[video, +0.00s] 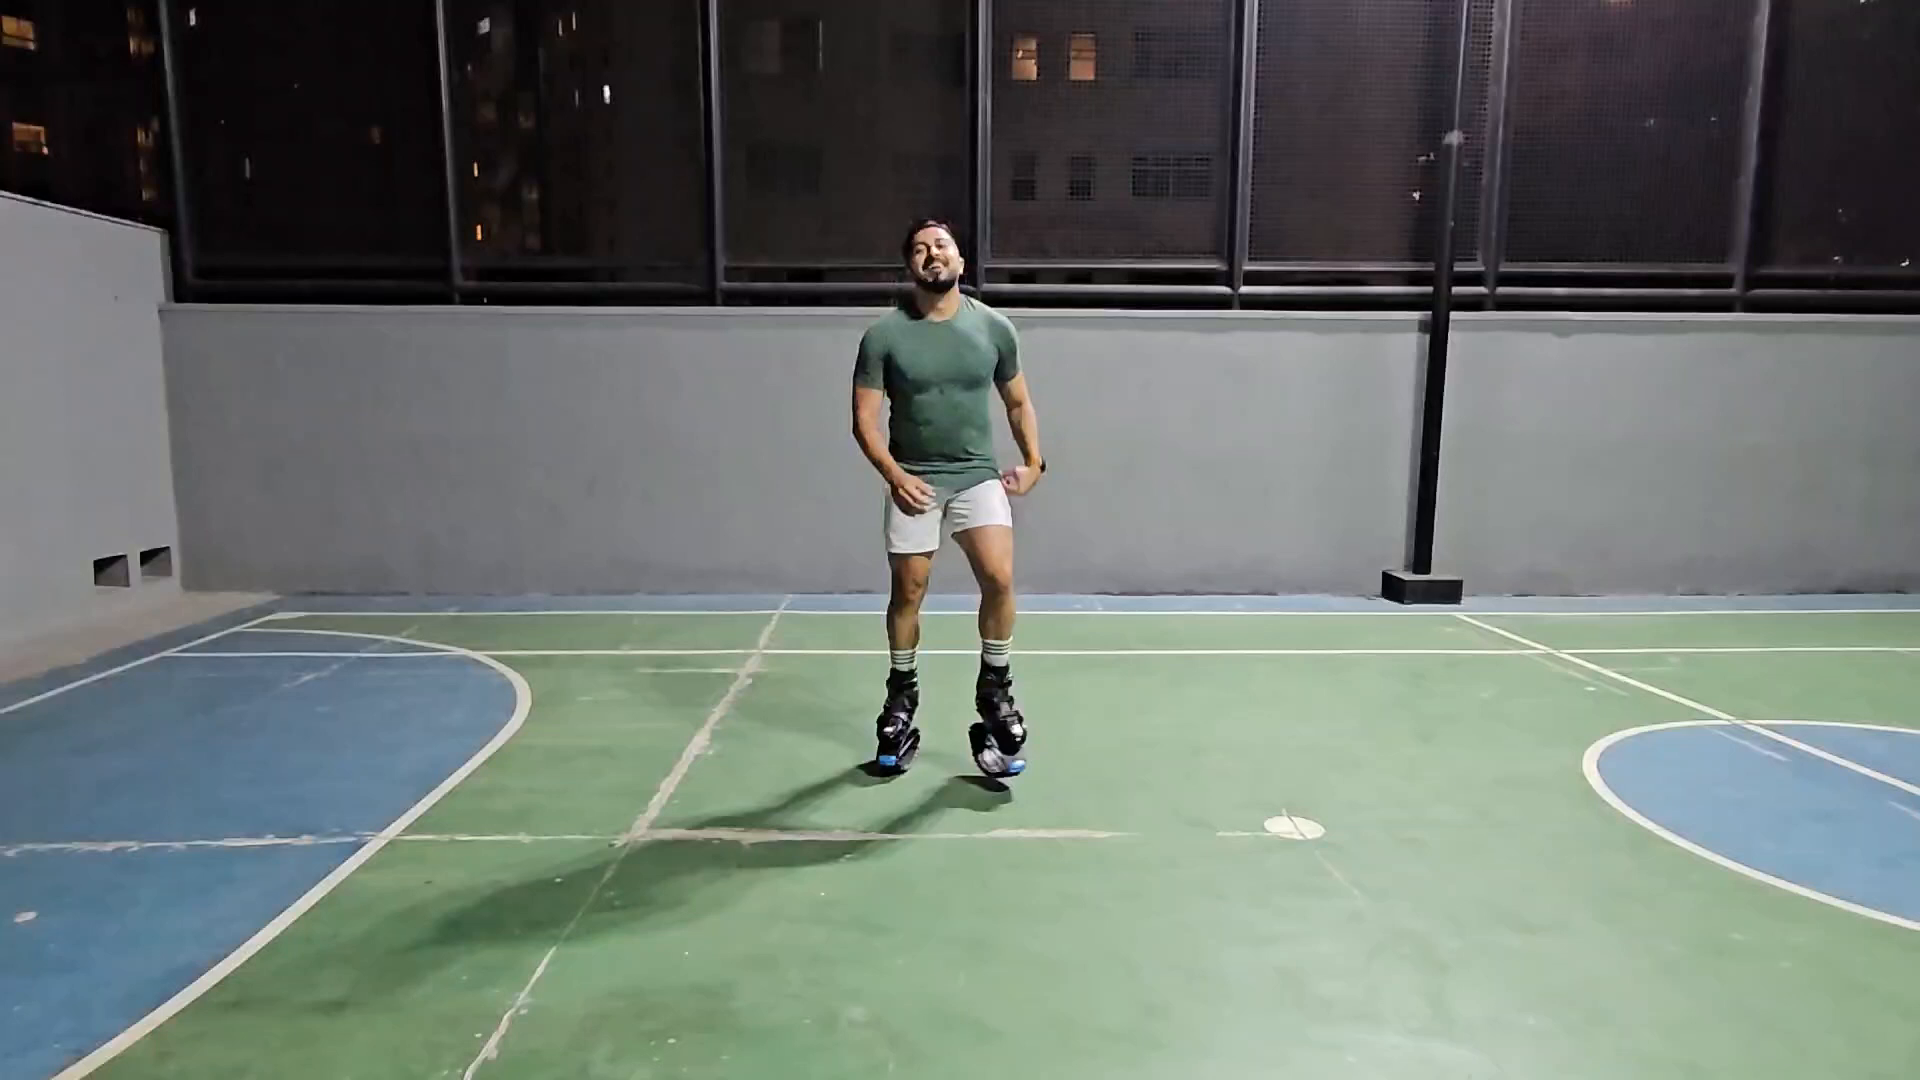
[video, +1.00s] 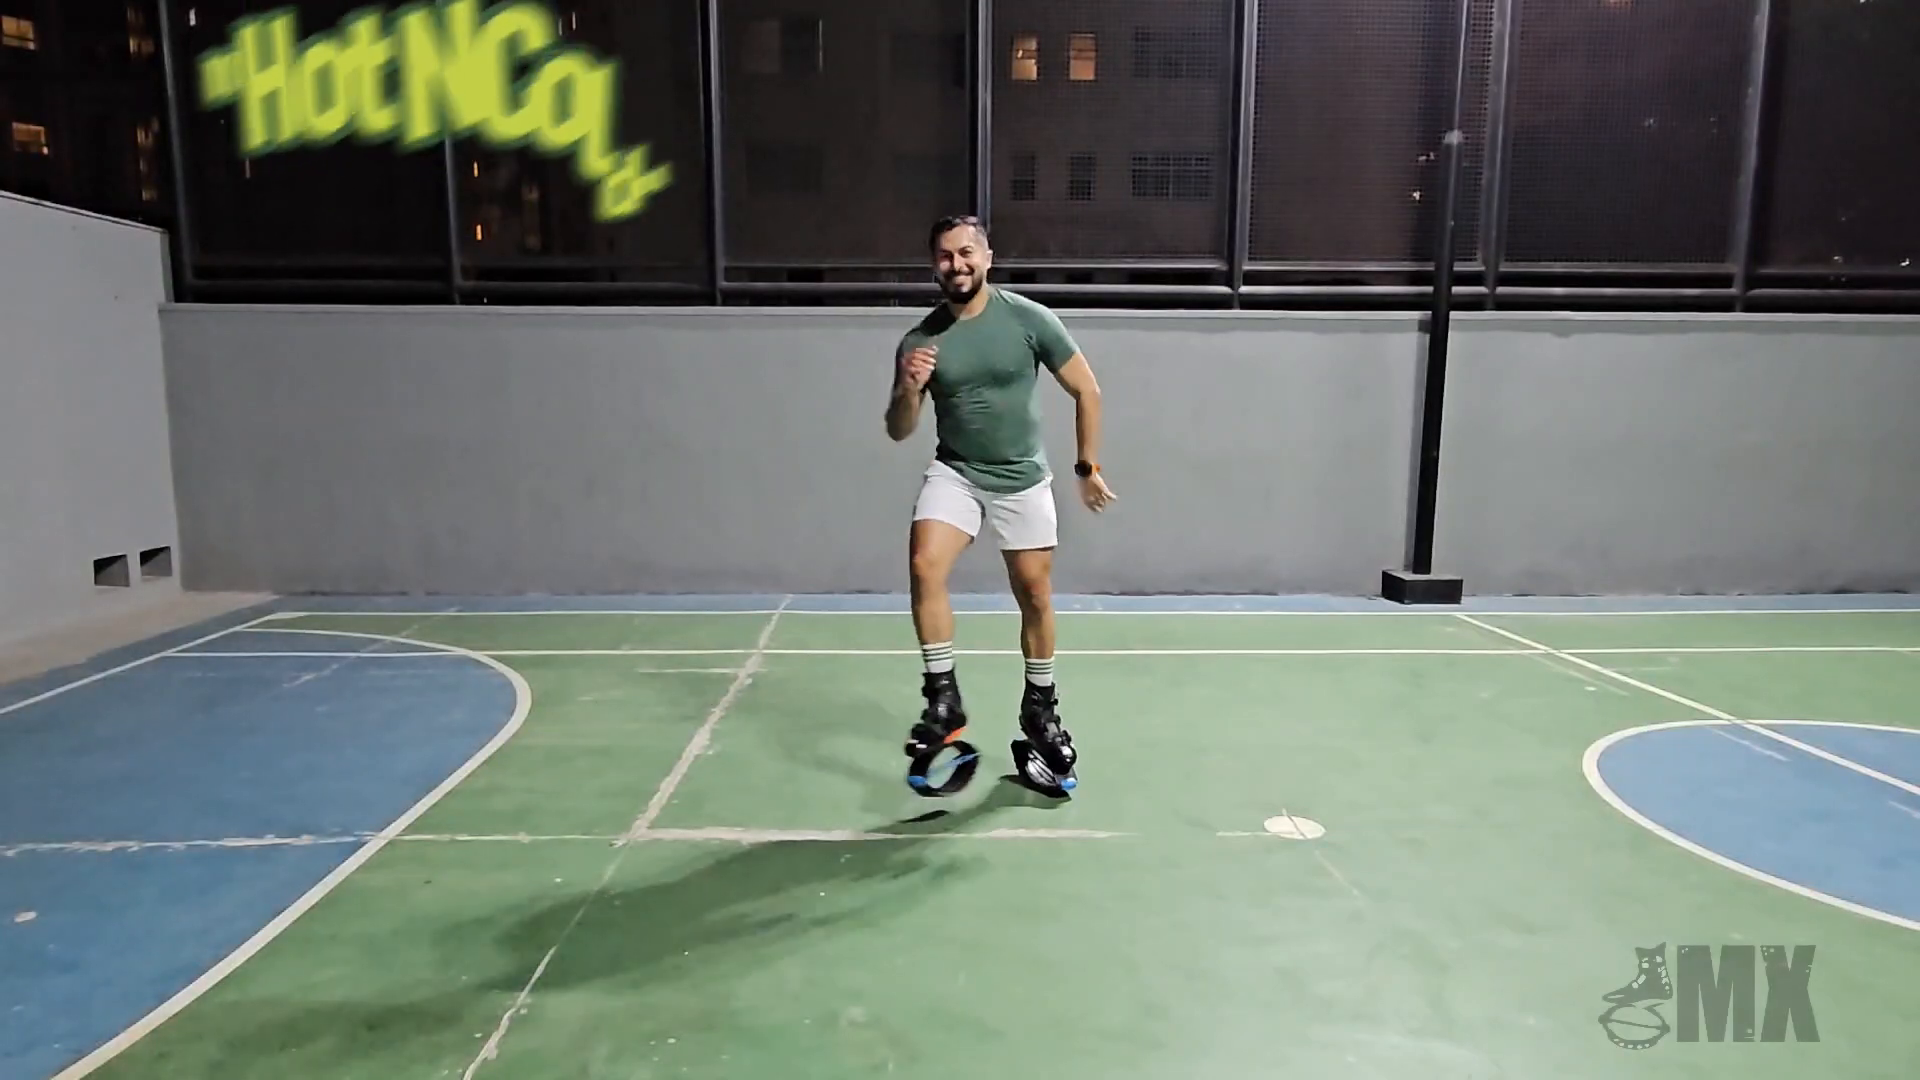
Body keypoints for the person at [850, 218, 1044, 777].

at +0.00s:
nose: (934, 253)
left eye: (943, 245)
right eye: (922, 250)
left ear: (962, 262)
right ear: (910, 271)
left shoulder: (994, 328)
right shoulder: (883, 336)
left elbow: (1018, 402)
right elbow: (866, 424)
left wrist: (1033, 461)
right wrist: (897, 476)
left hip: (979, 477)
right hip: (913, 480)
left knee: (999, 580)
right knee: (908, 590)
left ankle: (995, 692)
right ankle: (901, 703)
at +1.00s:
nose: (956, 264)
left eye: (967, 252)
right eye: (945, 255)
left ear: (989, 258)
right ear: (935, 264)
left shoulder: (1030, 319)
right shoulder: (921, 340)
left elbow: (1087, 388)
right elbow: (898, 430)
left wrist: (1087, 467)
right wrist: (910, 388)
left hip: (1024, 479)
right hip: (955, 474)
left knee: (1035, 592)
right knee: (925, 566)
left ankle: (1040, 711)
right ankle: (942, 700)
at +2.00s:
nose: (785, 261)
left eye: (797, 252)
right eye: (776, 250)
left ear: (816, 261)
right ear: (763, 258)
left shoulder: (844, 326)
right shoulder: (732, 329)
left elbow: (895, 395)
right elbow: (691, 387)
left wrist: (934, 459)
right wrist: (660, 452)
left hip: (821, 478)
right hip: (755, 468)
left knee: (813, 590)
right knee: (722, 571)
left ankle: (801, 694)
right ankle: (718, 687)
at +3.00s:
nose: (825, 272)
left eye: (838, 266)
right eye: (818, 263)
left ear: (858, 285)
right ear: (804, 276)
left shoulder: (871, 345)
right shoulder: (763, 338)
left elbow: (909, 396)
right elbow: (722, 392)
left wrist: (882, 374)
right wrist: (708, 456)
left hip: (839, 493)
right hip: (769, 493)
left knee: (867, 595)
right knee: (738, 601)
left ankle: (885, 718)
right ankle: (699, 715)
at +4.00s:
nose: (1059, 272)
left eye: (1067, 262)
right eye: (1047, 268)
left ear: (1086, 273)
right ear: (1036, 287)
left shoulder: (1122, 343)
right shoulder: (1012, 354)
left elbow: (1175, 412)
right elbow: (964, 414)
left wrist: (1233, 423)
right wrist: (905, 463)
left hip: (1111, 492)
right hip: (1042, 495)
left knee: (1128, 597)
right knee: (1011, 597)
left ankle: (1133, 712)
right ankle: (1006, 698)